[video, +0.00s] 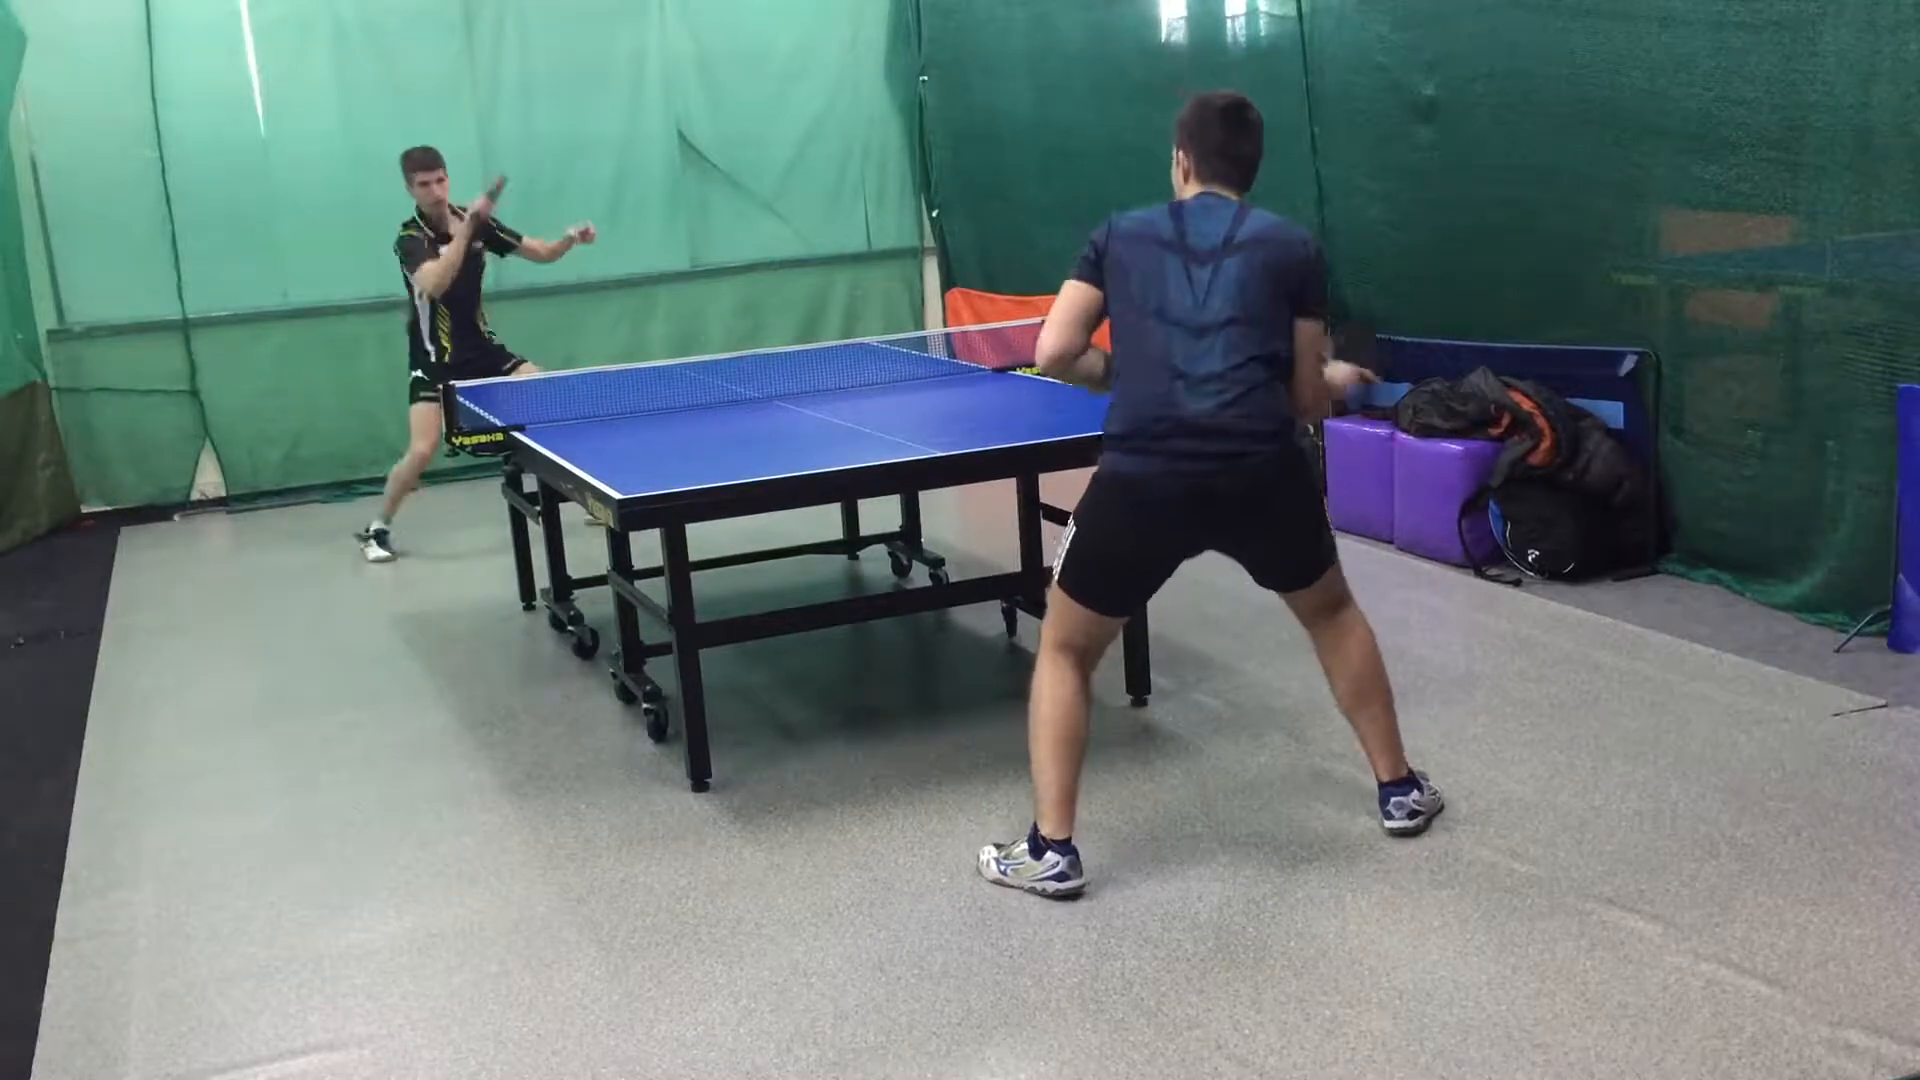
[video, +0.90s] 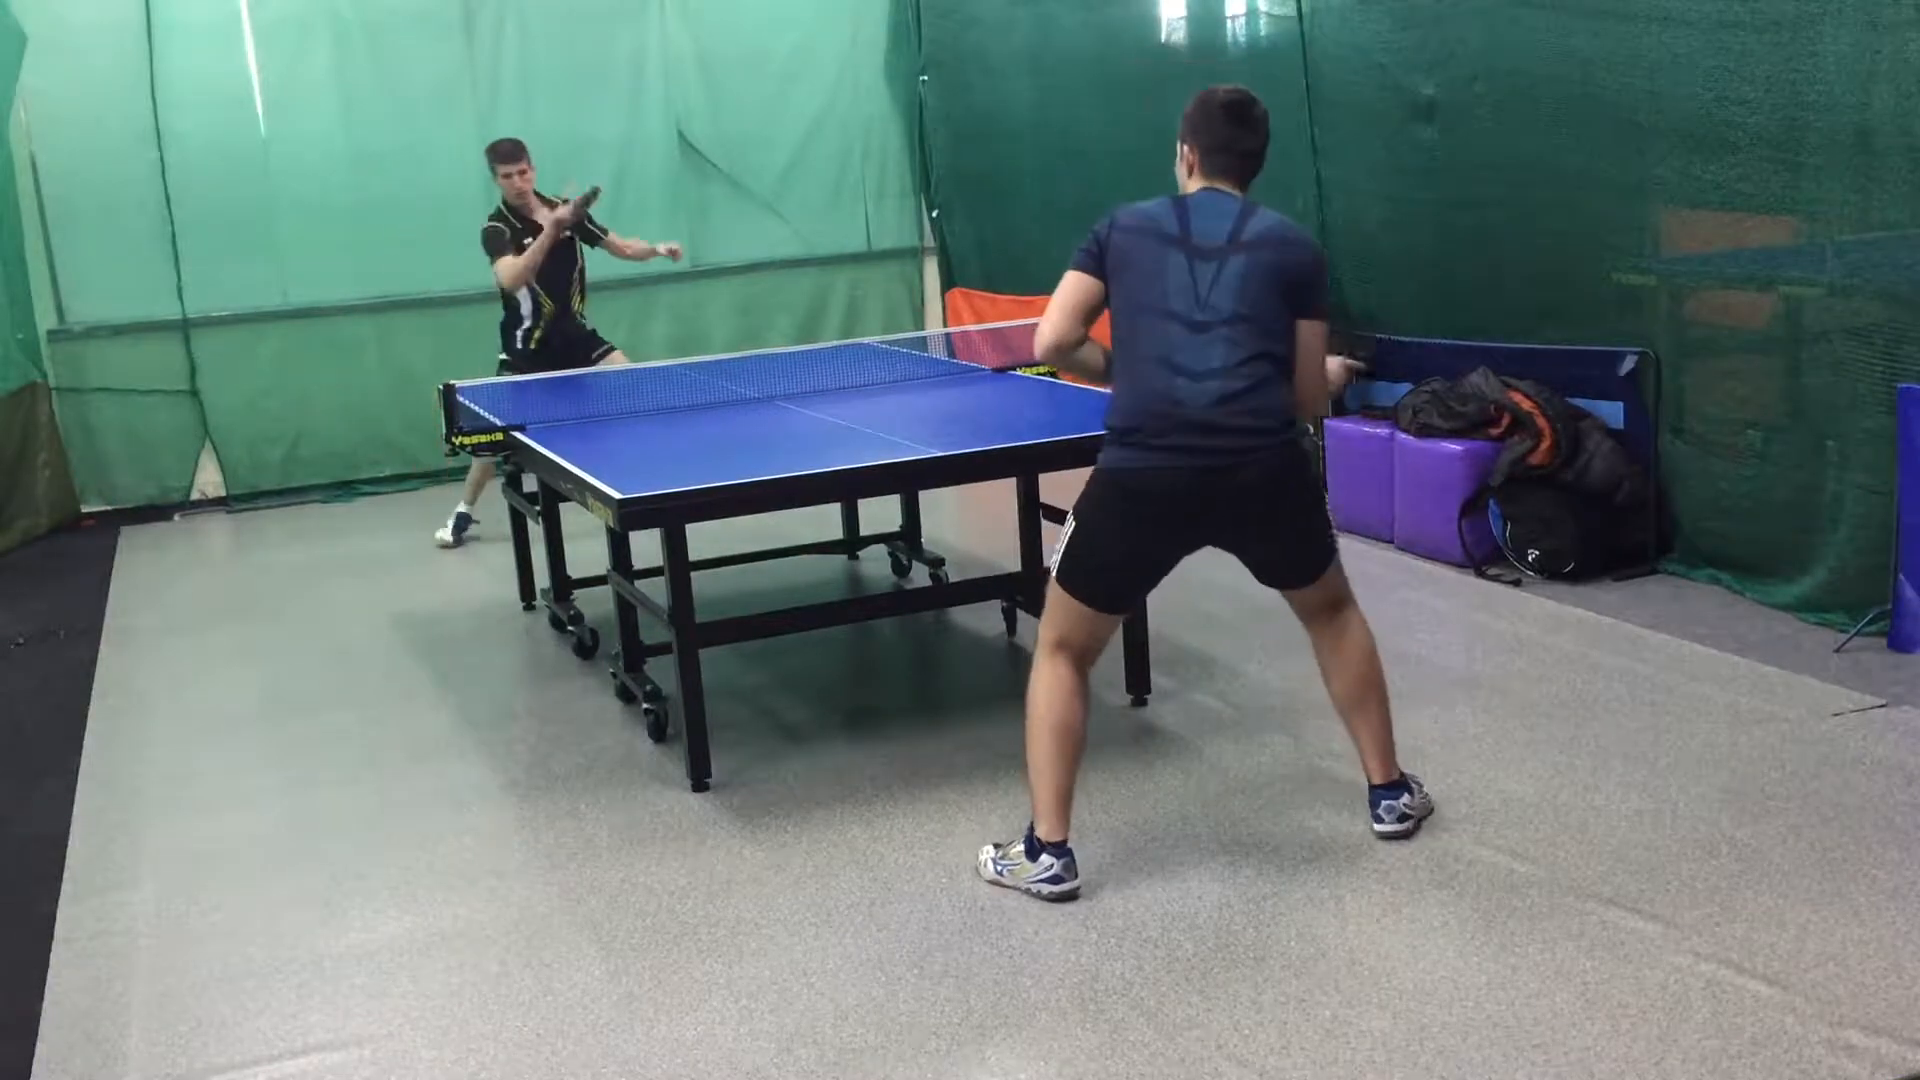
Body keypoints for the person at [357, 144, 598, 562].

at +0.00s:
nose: (436, 190)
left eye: (439, 181)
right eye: (425, 185)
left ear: (448, 179)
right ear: (410, 189)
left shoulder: (474, 221)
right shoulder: (411, 237)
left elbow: (539, 252)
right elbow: (433, 284)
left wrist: (569, 241)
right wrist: (469, 225)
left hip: (480, 348)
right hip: (434, 361)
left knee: (552, 394)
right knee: (423, 451)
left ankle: (592, 493)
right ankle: (380, 526)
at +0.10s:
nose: (437, 189)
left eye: (441, 179)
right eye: (427, 183)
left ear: (448, 175)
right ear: (410, 184)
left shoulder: (482, 217)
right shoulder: (405, 239)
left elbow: (532, 252)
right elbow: (408, 300)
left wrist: (569, 269)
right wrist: (446, 269)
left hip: (495, 338)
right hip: (440, 351)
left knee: (559, 397)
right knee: (418, 431)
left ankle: (592, 491)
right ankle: (384, 526)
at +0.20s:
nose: (425, 192)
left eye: (429, 181)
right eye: (414, 185)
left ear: (436, 177)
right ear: (399, 188)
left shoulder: (471, 216)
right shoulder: (395, 241)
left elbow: (523, 266)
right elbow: (394, 314)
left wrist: (533, 300)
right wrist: (411, 311)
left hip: (500, 322)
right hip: (449, 333)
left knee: (553, 389)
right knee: (417, 420)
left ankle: (563, 477)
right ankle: (424, 515)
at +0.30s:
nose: (413, 211)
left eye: (417, 201)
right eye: (403, 205)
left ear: (426, 194)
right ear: (389, 206)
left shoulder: (461, 235)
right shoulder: (393, 255)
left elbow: (491, 303)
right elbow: (395, 330)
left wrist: (463, 342)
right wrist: (364, 356)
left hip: (504, 320)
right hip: (456, 333)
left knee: (557, 393)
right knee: (422, 424)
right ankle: (436, 515)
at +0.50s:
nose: (421, 224)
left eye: (426, 213)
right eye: (411, 217)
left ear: (439, 202)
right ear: (403, 216)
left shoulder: (475, 240)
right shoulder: (430, 253)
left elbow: (513, 289)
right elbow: (443, 317)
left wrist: (461, 326)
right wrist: (394, 352)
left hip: (543, 345)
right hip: (494, 344)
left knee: (567, 425)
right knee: (441, 419)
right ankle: (439, 515)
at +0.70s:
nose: (478, 186)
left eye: (484, 176)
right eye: (470, 180)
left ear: (503, 174)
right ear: (464, 185)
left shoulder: (542, 209)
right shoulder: (471, 230)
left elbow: (602, 238)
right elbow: (482, 258)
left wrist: (620, 231)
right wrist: (510, 201)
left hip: (569, 332)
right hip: (520, 343)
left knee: (629, 390)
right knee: (498, 425)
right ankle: (477, 511)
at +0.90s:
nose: (518, 181)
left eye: (522, 172)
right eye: (508, 176)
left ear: (533, 170)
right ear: (497, 180)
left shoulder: (563, 209)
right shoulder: (499, 227)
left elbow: (618, 246)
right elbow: (509, 279)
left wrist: (655, 250)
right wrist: (549, 232)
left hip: (574, 335)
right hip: (525, 348)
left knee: (635, 384)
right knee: (495, 435)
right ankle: (465, 511)